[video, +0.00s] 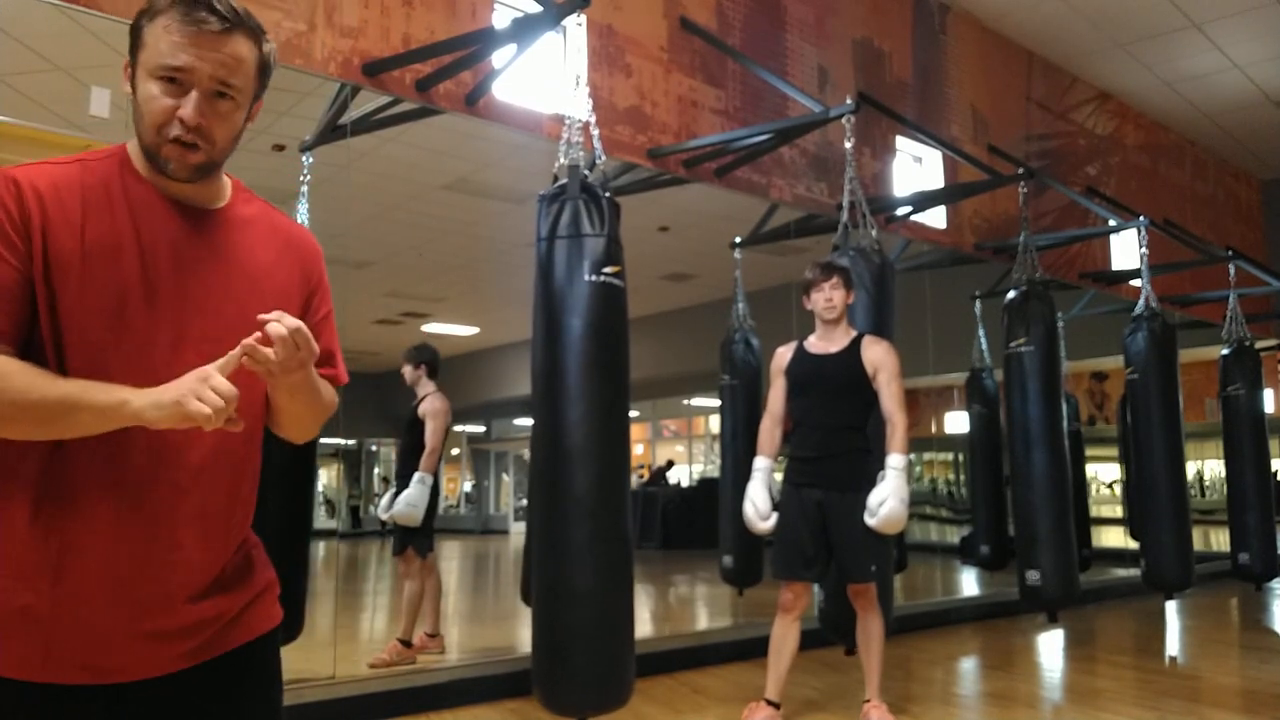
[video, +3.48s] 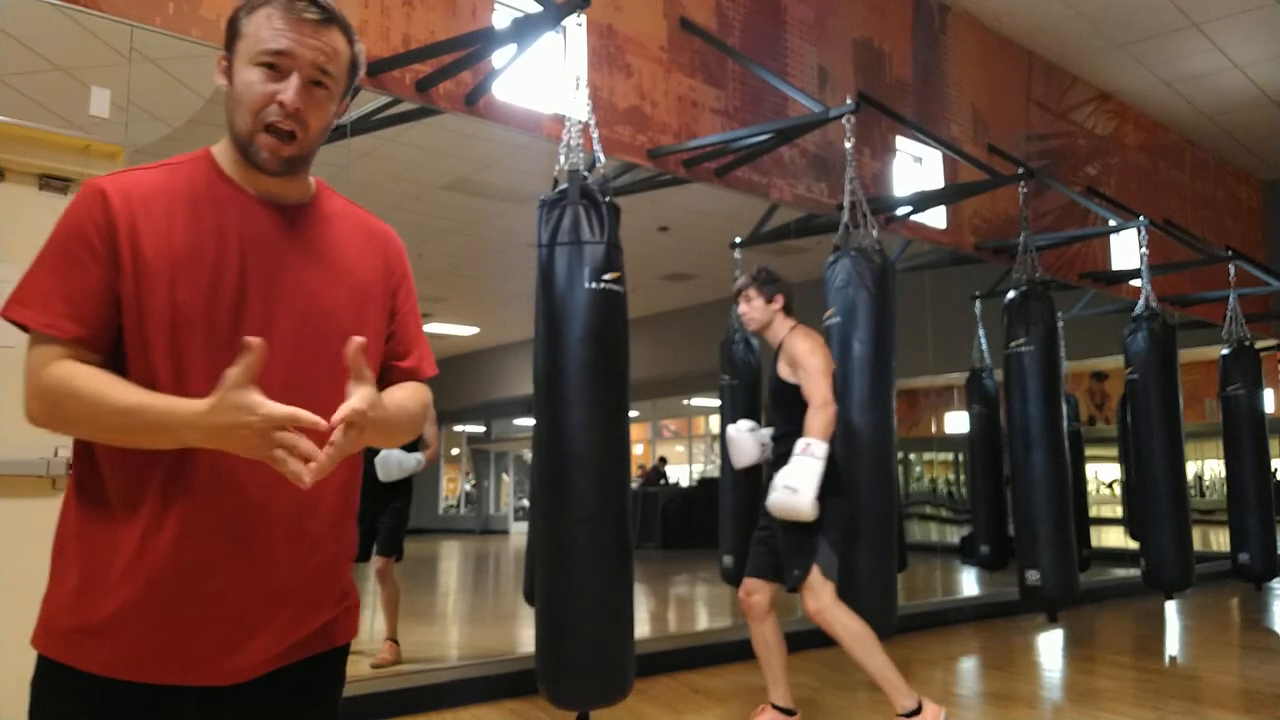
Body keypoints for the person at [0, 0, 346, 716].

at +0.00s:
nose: (189, 114)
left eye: (221, 95)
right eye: (171, 83)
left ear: (251, 111)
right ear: (130, 80)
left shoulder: (289, 251)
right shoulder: (25, 204)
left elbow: (302, 428)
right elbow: (1, 381)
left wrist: (295, 377)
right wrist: (138, 404)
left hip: (219, 648)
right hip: (40, 651)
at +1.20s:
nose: (289, 110)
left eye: (317, 95)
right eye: (271, 80)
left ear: (339, 120)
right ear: (227, 84)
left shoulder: (375, 258)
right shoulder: (126, 213)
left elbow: (402, 420)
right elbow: (69, 391)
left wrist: (353, 382)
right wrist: (236, 434)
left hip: (290, 647)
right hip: (116, 638)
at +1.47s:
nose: (284, 108)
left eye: (312, 93)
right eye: (267, 77)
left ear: (335, 117)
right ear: (221, 80)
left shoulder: (367, 252)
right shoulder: (111, 209)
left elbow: (407, 412)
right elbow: (35, 383)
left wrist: (325, 351)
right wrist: (189, 397)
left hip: (290, 645)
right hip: (109, 637)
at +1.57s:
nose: (250, 93)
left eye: (276, 77)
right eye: (229, 65)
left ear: (300, 103)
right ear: (183, 72)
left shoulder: (344, 244)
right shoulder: (76, 215)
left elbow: (399, 404)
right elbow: (6, 373)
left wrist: (323, 341)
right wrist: (133, 378)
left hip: (289, 650)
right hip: (96, 648)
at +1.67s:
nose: (197, 76)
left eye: (224, 60)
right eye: (174, 51)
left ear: (255, 88)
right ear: (132, 67)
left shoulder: (320, 233)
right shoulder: (40, 219)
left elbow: (397, 389)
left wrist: (326, 353)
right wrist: (72, 347)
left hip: (286, 645)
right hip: (83, 648)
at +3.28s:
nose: (259, 92)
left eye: (290, 78)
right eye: (241, 61)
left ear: (313, 103)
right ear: (195, 61)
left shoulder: (355, 243)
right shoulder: (82, 210)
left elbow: (401, 391)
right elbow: (7, 381)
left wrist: (381, 423)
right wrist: (145, 423)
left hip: (277, 658)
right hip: (91, 653)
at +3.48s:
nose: (289, 99)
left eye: (318, 84)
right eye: (270, 68)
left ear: (341, 106)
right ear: (225, 72)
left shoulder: (376, 248)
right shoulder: (117, 208)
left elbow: (416, 400)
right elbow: (47, 387)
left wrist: (374, 419)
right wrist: (202, 422)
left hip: (295, 651)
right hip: (116, 646)